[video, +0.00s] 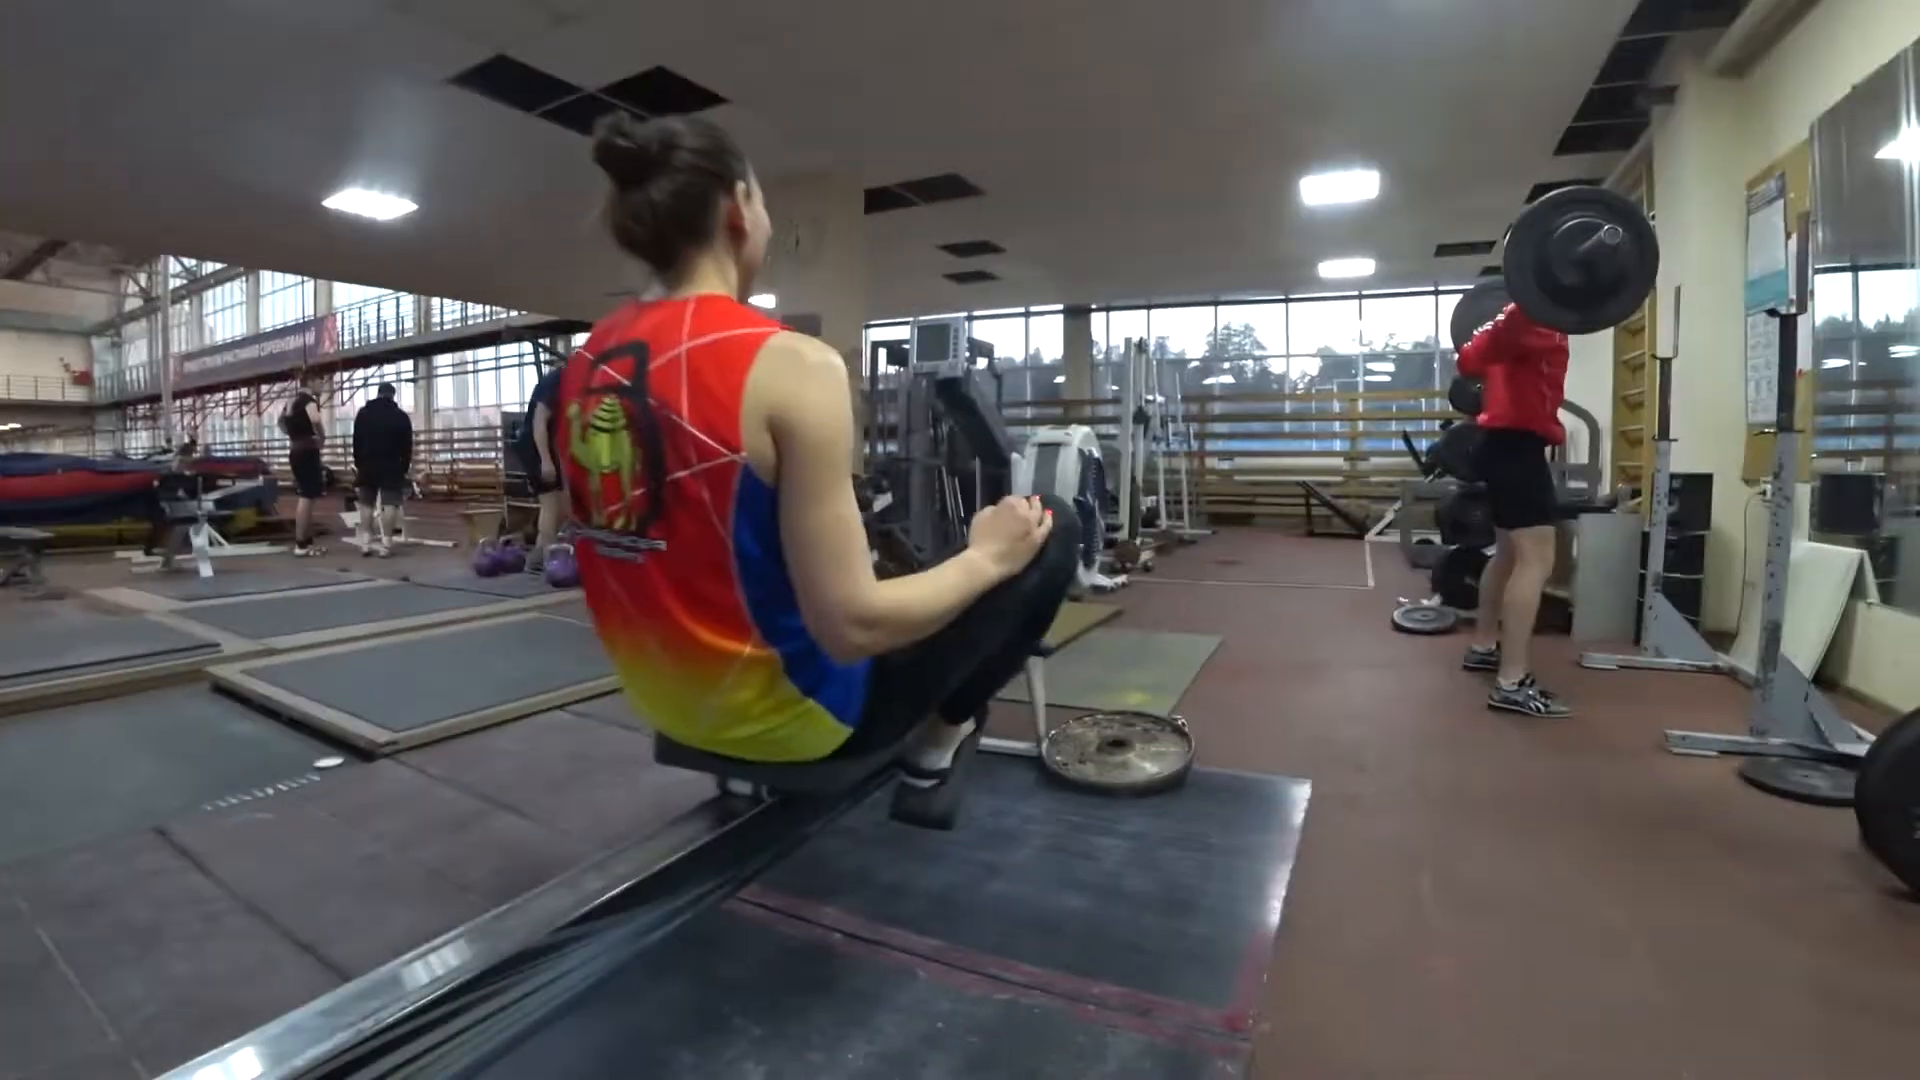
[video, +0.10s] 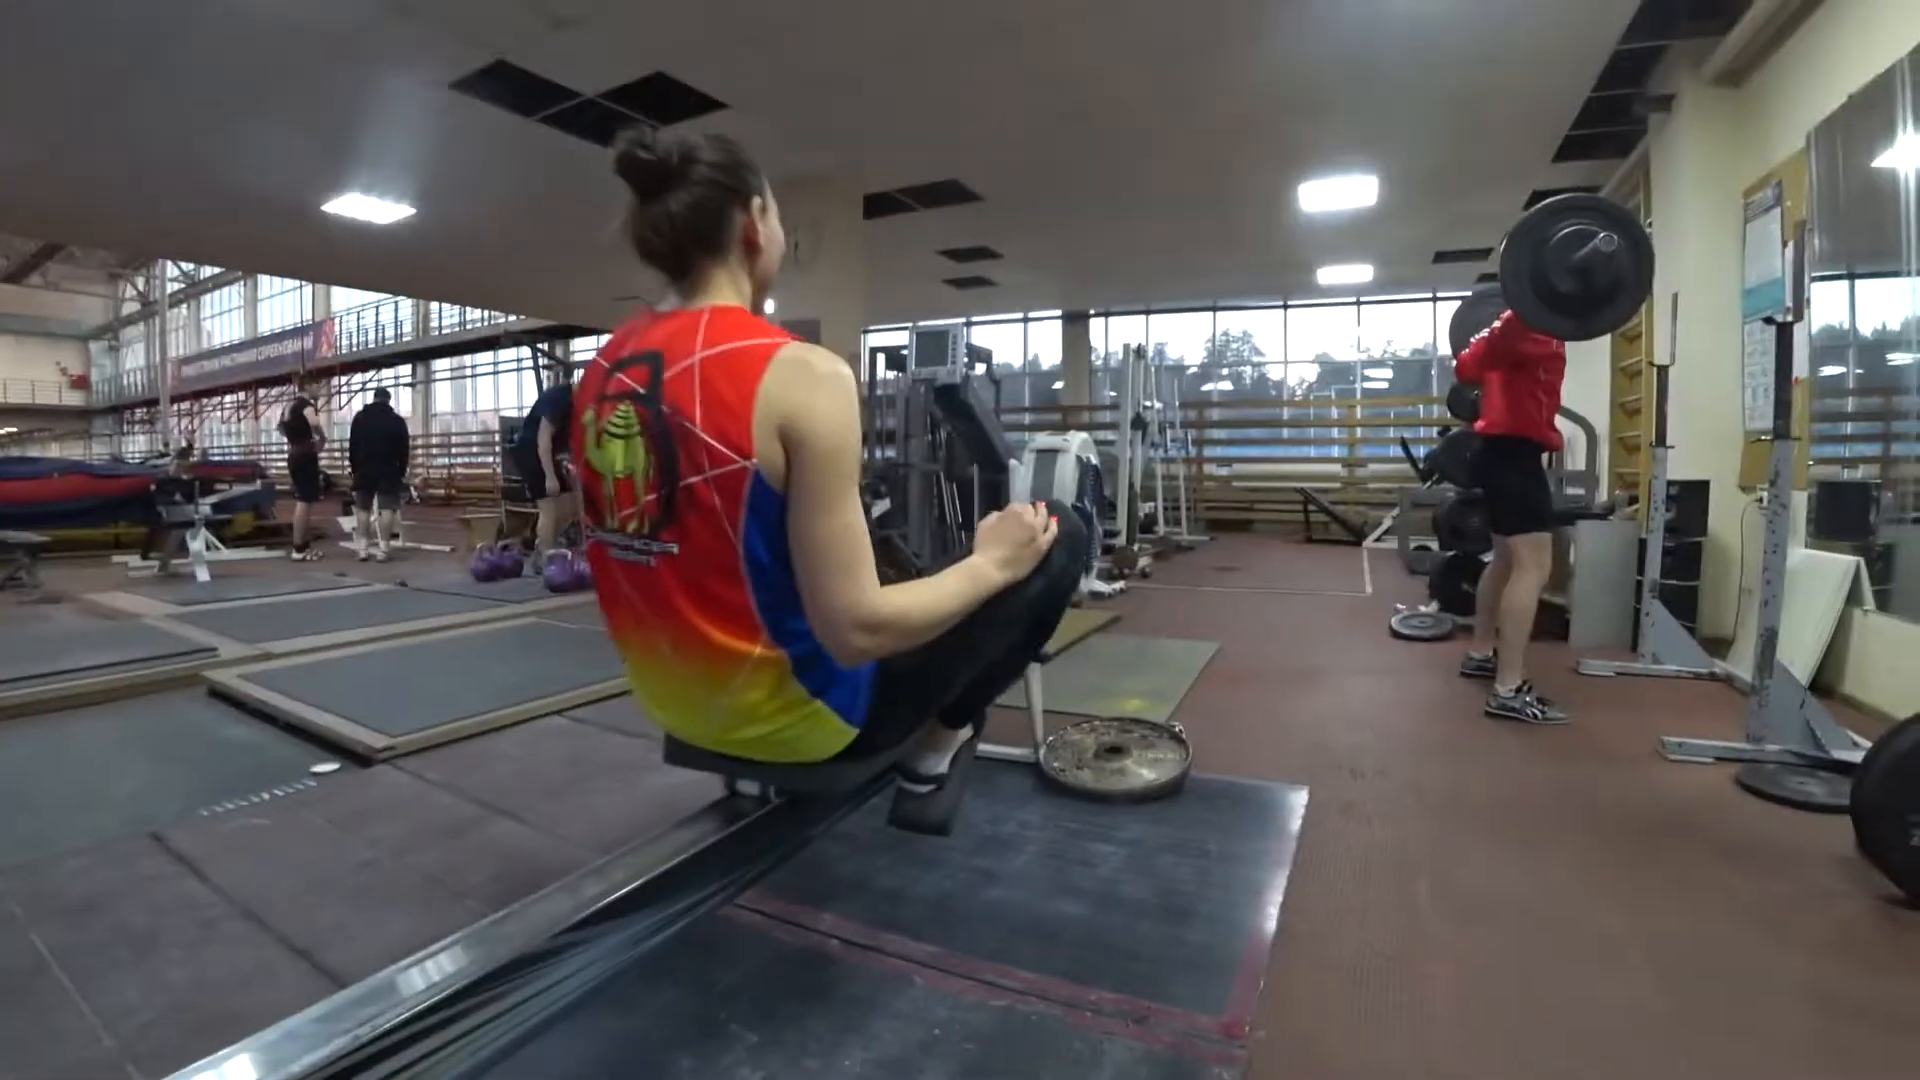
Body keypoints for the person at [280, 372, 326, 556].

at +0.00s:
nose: (321, 384)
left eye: (321, 380)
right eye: (319, 380)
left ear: (304, 383)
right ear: (311, 382)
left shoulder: (293, 402)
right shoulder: (309, 401)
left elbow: (283, 422)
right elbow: (315, 419)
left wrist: (295, 435)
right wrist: (323, 435)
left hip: (296, 449)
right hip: (308, 449)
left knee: (306, 496)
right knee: (306, 497)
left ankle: (304, 541)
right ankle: (302, 544)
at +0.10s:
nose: (318, 389)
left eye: (318, 385)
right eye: (316, 385)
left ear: (301, 387)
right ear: (308, 387)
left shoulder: (291, 406)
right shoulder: (307, 405)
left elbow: (281, 426)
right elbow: (314, 422)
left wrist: (294, 437)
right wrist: (323, 438)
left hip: (294, 453)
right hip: (306, 454)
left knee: (303, 501)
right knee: (304, 501)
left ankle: (300, 546)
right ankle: (299, 548)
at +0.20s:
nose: (313, 394)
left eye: (313, 391)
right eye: (311, 390)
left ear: (297, 393)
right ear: (301, 392)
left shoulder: (285, 413)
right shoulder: (300, 410)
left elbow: (287, 436)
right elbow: (311, 426)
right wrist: (323, 435)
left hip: (292, 461)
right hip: (302, 462)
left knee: (300, 506)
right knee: (300, 507)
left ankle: (295, 551)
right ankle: (294, 554)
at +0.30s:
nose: (312, 402)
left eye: (312, 398)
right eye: (309, 398)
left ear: (297, 400)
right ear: (299, 399)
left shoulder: (286, 420)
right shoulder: (297, 418)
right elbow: (315, 430)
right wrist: (326, 434)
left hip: (294, 469)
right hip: (303, 469)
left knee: (299, 513)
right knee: (300, 514)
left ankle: (293, 558)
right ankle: (293, 560)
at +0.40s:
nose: (311, 412)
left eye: (312, 408)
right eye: (308, 408)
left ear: (296, 410)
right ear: (298, 408)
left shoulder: (286, 427)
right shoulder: (296, 426)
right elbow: (317, 439)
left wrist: (317, 434)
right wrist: (323, 433)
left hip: (296, 477)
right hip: (303, 478)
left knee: (300, 522)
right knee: (300, 522)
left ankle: (294, 566)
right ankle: (292, 568)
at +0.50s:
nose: (309, 416)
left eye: (309, 413)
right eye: (306, 413)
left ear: (295, 415)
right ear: (296, 414)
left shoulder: (284, 434)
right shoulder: (293, 433)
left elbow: (309, 446)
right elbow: (316, 446)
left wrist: (308, 432)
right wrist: (318, 432)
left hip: (294, 483)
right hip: (300, 484)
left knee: (297, 529)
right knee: (297, 529)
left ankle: (290, 573)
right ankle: (289, 575)